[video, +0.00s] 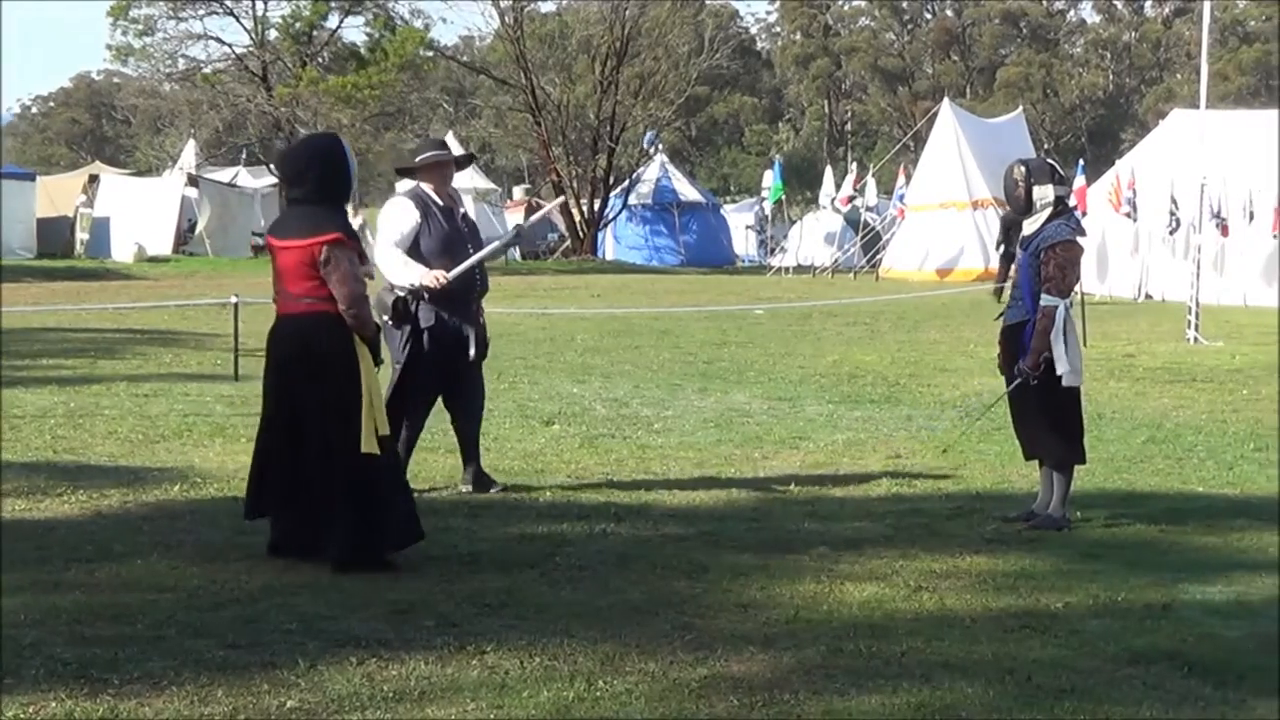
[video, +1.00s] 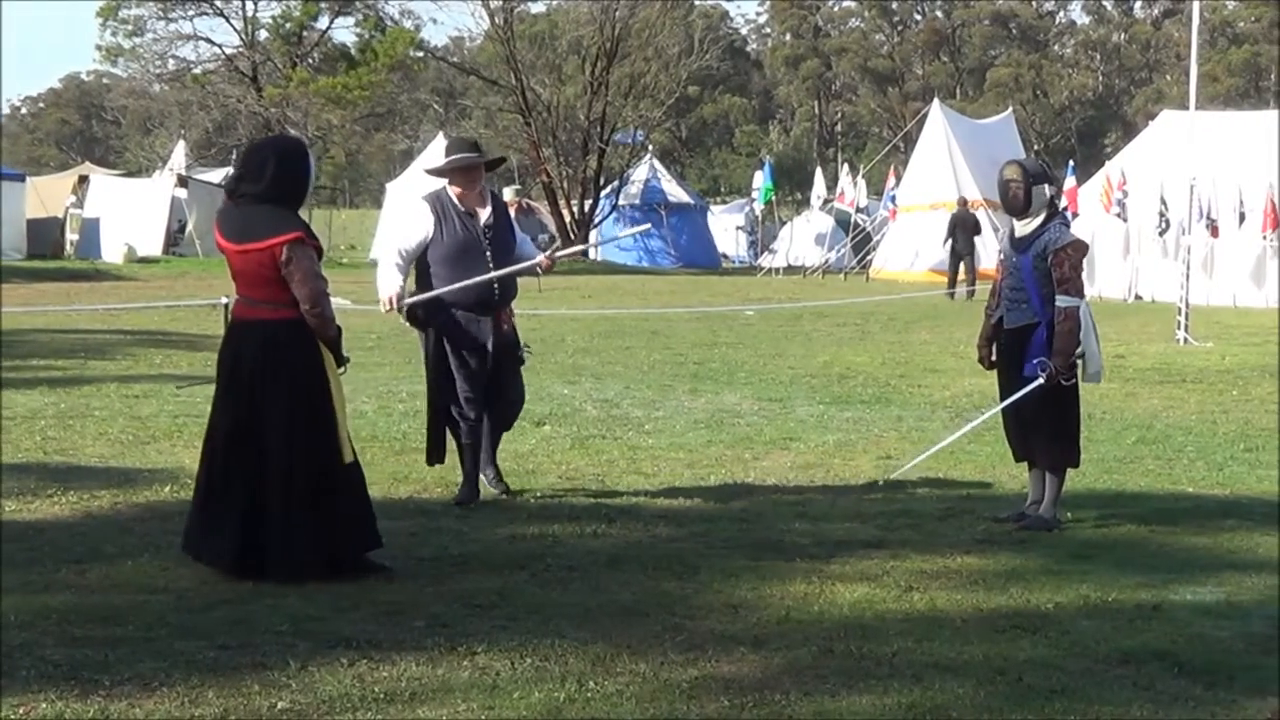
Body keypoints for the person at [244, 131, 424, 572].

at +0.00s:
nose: (351, 180)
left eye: (348, 172)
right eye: (347, 173)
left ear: (290, 180)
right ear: (337, 179)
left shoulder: (279, 230)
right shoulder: (331, 234)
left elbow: (284, 293)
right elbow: (351, 303)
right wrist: (374, 337)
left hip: (286, 336)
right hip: (329, 339)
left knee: (296, 434)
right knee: (342, 435)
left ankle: (291, 532)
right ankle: (353, 541)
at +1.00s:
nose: (307, 182)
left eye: (305, 173)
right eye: (304, 175)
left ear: (247, 174)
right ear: (292, 181)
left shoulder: (228, 223)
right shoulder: (290, 235)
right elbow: (314, 305)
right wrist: (335, 342)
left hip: (244, 335)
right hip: (289, 341)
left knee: (245, 438)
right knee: (300, 441)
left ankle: (241, 543)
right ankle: (307, 545)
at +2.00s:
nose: (300, 181)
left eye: (299, 173)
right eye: (297, 173)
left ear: (241, 176)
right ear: (286, 179)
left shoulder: (220, 233)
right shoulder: (287, 234)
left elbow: (221, 302)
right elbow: (313, 309)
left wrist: (250, 325)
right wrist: (333, 344)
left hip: (239, 346)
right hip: (288, 349)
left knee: (251, 442)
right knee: (307, 442)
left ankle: (260, 547)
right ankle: (321, 546)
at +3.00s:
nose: (306, 180)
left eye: (304, 172)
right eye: (302, 172)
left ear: (248, 176)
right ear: (293, 177)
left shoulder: (228, 233)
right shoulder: (304, 233)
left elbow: (228, 301)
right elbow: (326, 306)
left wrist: (251, 328)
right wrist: (342, 339)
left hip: (247, 345)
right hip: (299, 347)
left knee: (253, 444)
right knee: (312, 444)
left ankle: (259, 550)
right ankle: (322, 549)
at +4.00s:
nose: (305, 180)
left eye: (303, 172)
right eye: (301, 173)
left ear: (248, 175)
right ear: (292, 177)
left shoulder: (226, 234)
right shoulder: (303, 233)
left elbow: (229, 301)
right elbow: (327, 305)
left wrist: (246, 332)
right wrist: (341, 341)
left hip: (247, 345)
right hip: (299, 346)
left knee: (253, 443)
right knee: (312, 443)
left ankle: (258, 548)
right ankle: (320, 547)